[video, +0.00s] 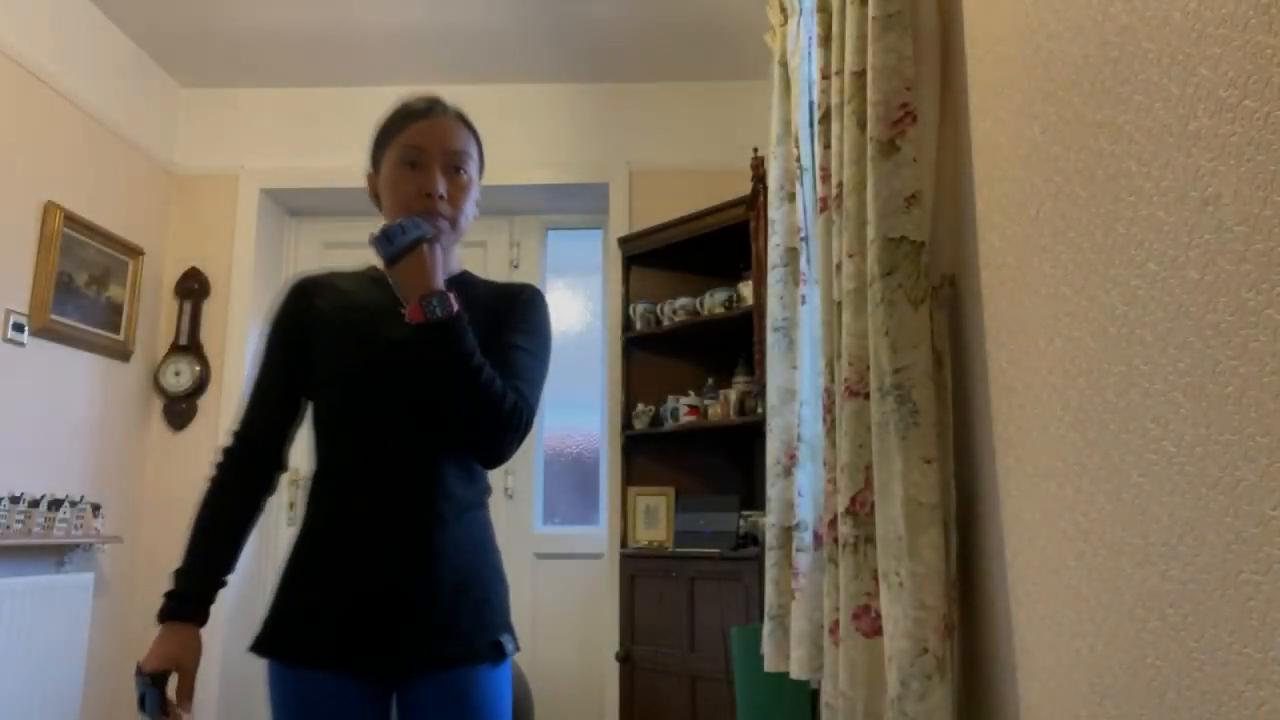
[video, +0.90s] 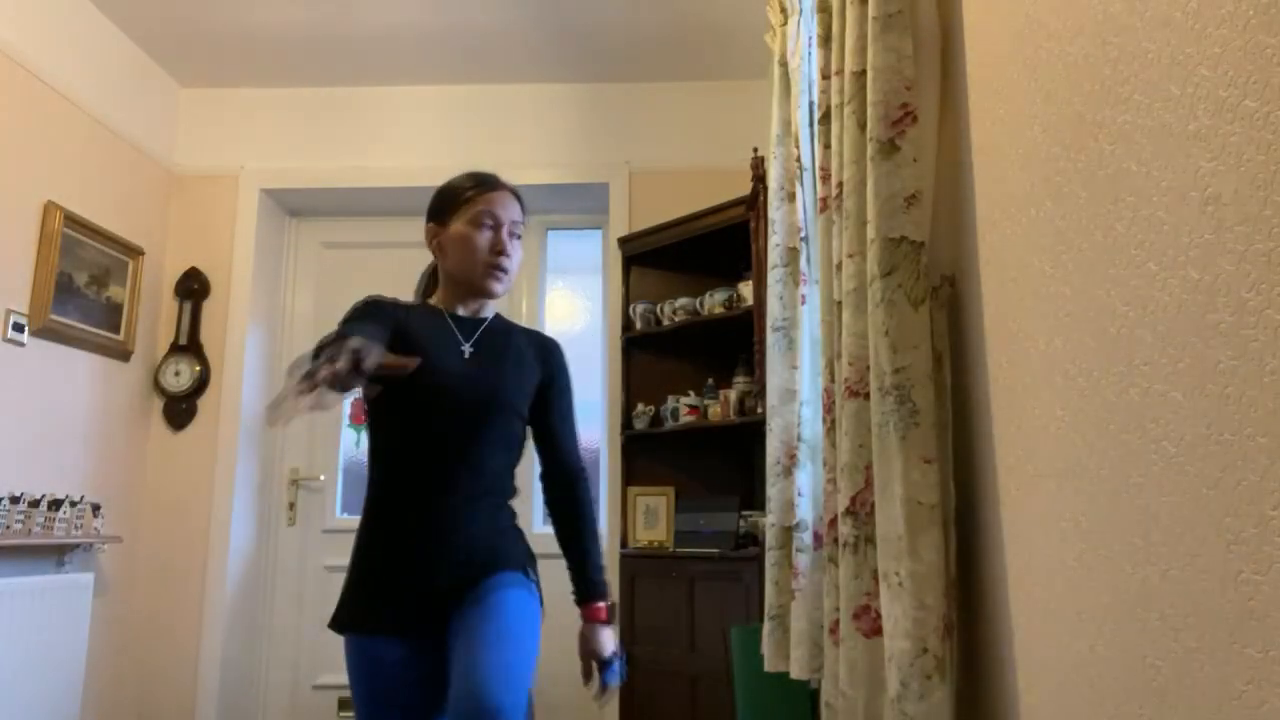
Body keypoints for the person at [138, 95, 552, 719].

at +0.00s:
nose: (436, 185)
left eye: (457, 168)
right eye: (412, 163)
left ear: (476, 193)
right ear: (374, 185)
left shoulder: (512, 308)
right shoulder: (318, 302)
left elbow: (496, 437)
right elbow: (253, 460)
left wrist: (431, 299)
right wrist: (184, 614)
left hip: (459, 628)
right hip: (326, 623)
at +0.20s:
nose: (464, 208)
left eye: (484, 194)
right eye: (443, 190)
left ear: (506, 222)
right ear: (411, 217)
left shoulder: (543, 324)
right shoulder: (367, 329)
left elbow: (534, 435)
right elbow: (313, 476)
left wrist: (438, 333)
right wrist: (242, 616)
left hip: (491, 620)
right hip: (373, 614)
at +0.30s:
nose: (480, 217)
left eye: (499, 205)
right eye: (460, 202)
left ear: (523, 237)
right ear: (431, 231)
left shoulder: (560, 337)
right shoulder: (388, 337)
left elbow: (556, 443)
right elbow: (347, 484)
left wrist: (457, 348)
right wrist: (295, 623)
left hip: (509, 620)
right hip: (399, 613)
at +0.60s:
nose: (501, 232)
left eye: (517, 219)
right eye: (481, 216)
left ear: (535, 242)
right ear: (449, 238)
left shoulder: (567, 341)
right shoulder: (403, 335)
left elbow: (576, 422)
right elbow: (349, 460)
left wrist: (477, 433)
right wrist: (285, 578)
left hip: (519, 609)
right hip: (412, 605)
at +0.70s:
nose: (499, 240)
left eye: (514, 229)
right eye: (481, 222)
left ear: (529, 250)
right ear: (444, 241)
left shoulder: (557, 352)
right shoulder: (397, 335)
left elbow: (570, 445)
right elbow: (323, 433)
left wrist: (548, 516)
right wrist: (247, 517)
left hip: (509, 608)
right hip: (406, 603)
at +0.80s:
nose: (498, 245)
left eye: (512, 234)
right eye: (479, 226)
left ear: (521, 254)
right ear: (437, 241)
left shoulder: (545, 357)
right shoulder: (385, 332)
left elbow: (571, 477)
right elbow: (329, 387)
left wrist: (588, 596)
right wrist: (269, 431)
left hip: (499, 609)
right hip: (392, 604)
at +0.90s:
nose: (505, 243)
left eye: (515, 232)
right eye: (485, 224)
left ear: (521, 251)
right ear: (437, 240)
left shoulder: (537, 354)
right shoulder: (387, 316)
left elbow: (566, 482)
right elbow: (357, 335)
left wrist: (595, 607)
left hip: (491, 574)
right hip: (389, 580)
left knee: (488, 703)